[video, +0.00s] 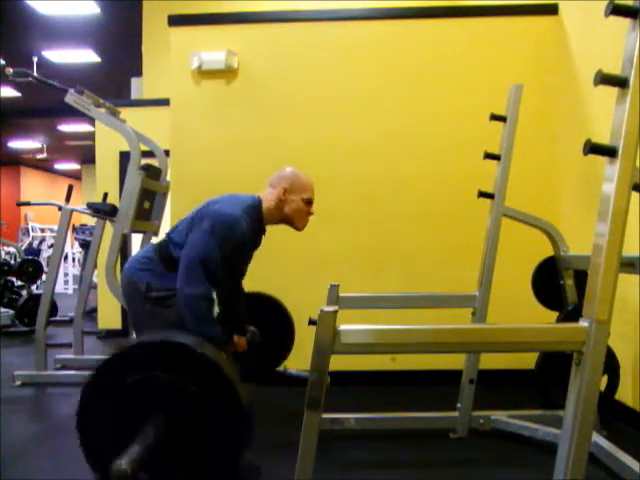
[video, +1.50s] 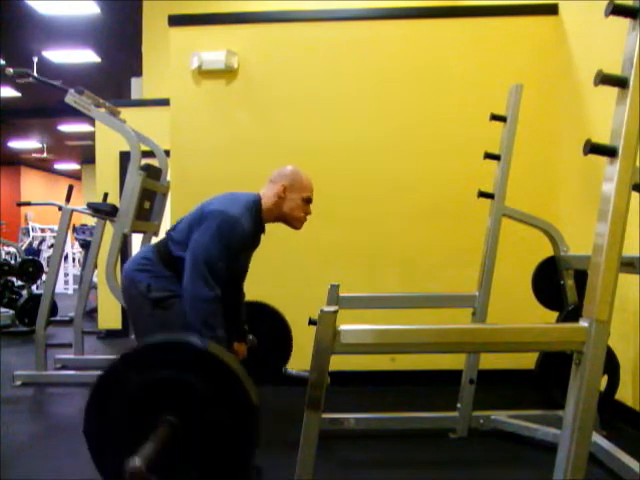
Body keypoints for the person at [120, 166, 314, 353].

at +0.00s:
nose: (311, 211)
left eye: (312, 204)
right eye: (307, 202)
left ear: (282, 196)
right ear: (282, 195)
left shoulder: (250, 224)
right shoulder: (229, 218)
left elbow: (230, 284)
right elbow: (192, 286)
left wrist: (238, 330)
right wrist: (218, 340)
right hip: (147, 284)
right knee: (166, 365)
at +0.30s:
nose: (316, 200)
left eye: (318, 193)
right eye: (314, 190)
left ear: (291, 180)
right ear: (291, 178)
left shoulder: (253, 205)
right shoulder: (236, 195)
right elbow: (168, 220)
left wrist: (226, 281)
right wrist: (214, 278)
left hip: (193, 301)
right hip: (173, 297)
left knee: (207, 376)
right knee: (192, 378)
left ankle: (207, 460)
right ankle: (197, 462)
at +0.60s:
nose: (315, 208)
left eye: (317, 200)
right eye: (313, 197)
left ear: (289, 186)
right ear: (291, 186)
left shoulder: (254, 216)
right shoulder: (235, 208)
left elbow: (225, 274)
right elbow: (180, 257)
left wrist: (231, 302)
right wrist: (218, 307)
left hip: (174, 289)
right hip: (154, 287)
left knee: (198, 373)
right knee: (192, 374)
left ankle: (202, 458)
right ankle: (201, 461)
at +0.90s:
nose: (316, 217)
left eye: (317, 208)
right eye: (313, 207)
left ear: (288, 200)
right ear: (288, 199)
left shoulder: (255, 232)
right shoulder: (238, 227)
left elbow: (236, 299)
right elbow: (208, 299)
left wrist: (234, 350)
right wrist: (215, 362)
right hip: (151, 283)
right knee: (172, 368)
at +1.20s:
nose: (320, 221)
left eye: (320, 214)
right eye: (315, 213)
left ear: (291, 208)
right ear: (291, 207)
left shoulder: (259, 243)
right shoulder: (244, 239)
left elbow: (246, 314)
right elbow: (222, 313)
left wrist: (243, 369)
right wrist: (221, 382)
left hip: (175, 286)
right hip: (155, 282)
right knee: (187, 370)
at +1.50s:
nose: (309, 211)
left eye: (310, 203)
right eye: (306, 201)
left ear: (281, 193)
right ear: (282, 193)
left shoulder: (249, 223)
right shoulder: (231, 218)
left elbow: (231, 288)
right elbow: (200, 288)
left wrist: (238, 336)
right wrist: (216, 346)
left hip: (171, 282)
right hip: (150, 281)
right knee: (171, 362)